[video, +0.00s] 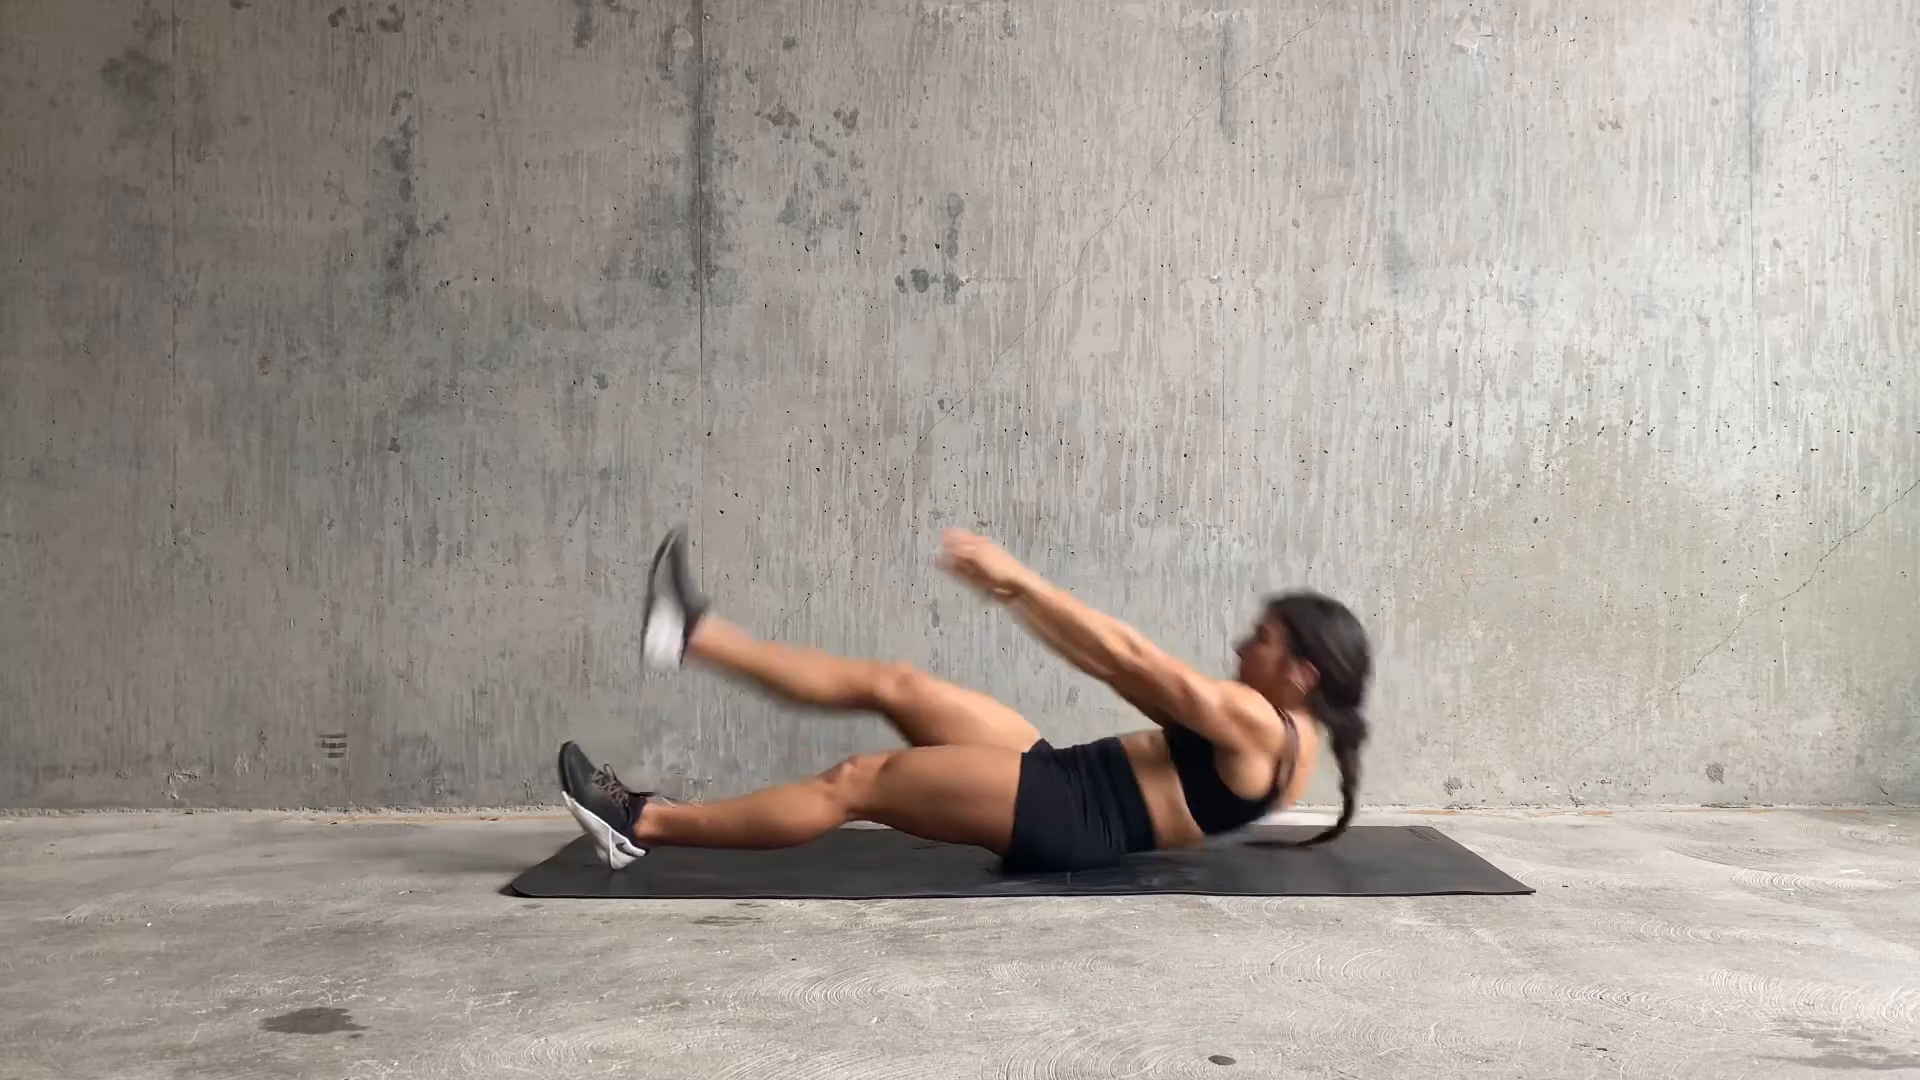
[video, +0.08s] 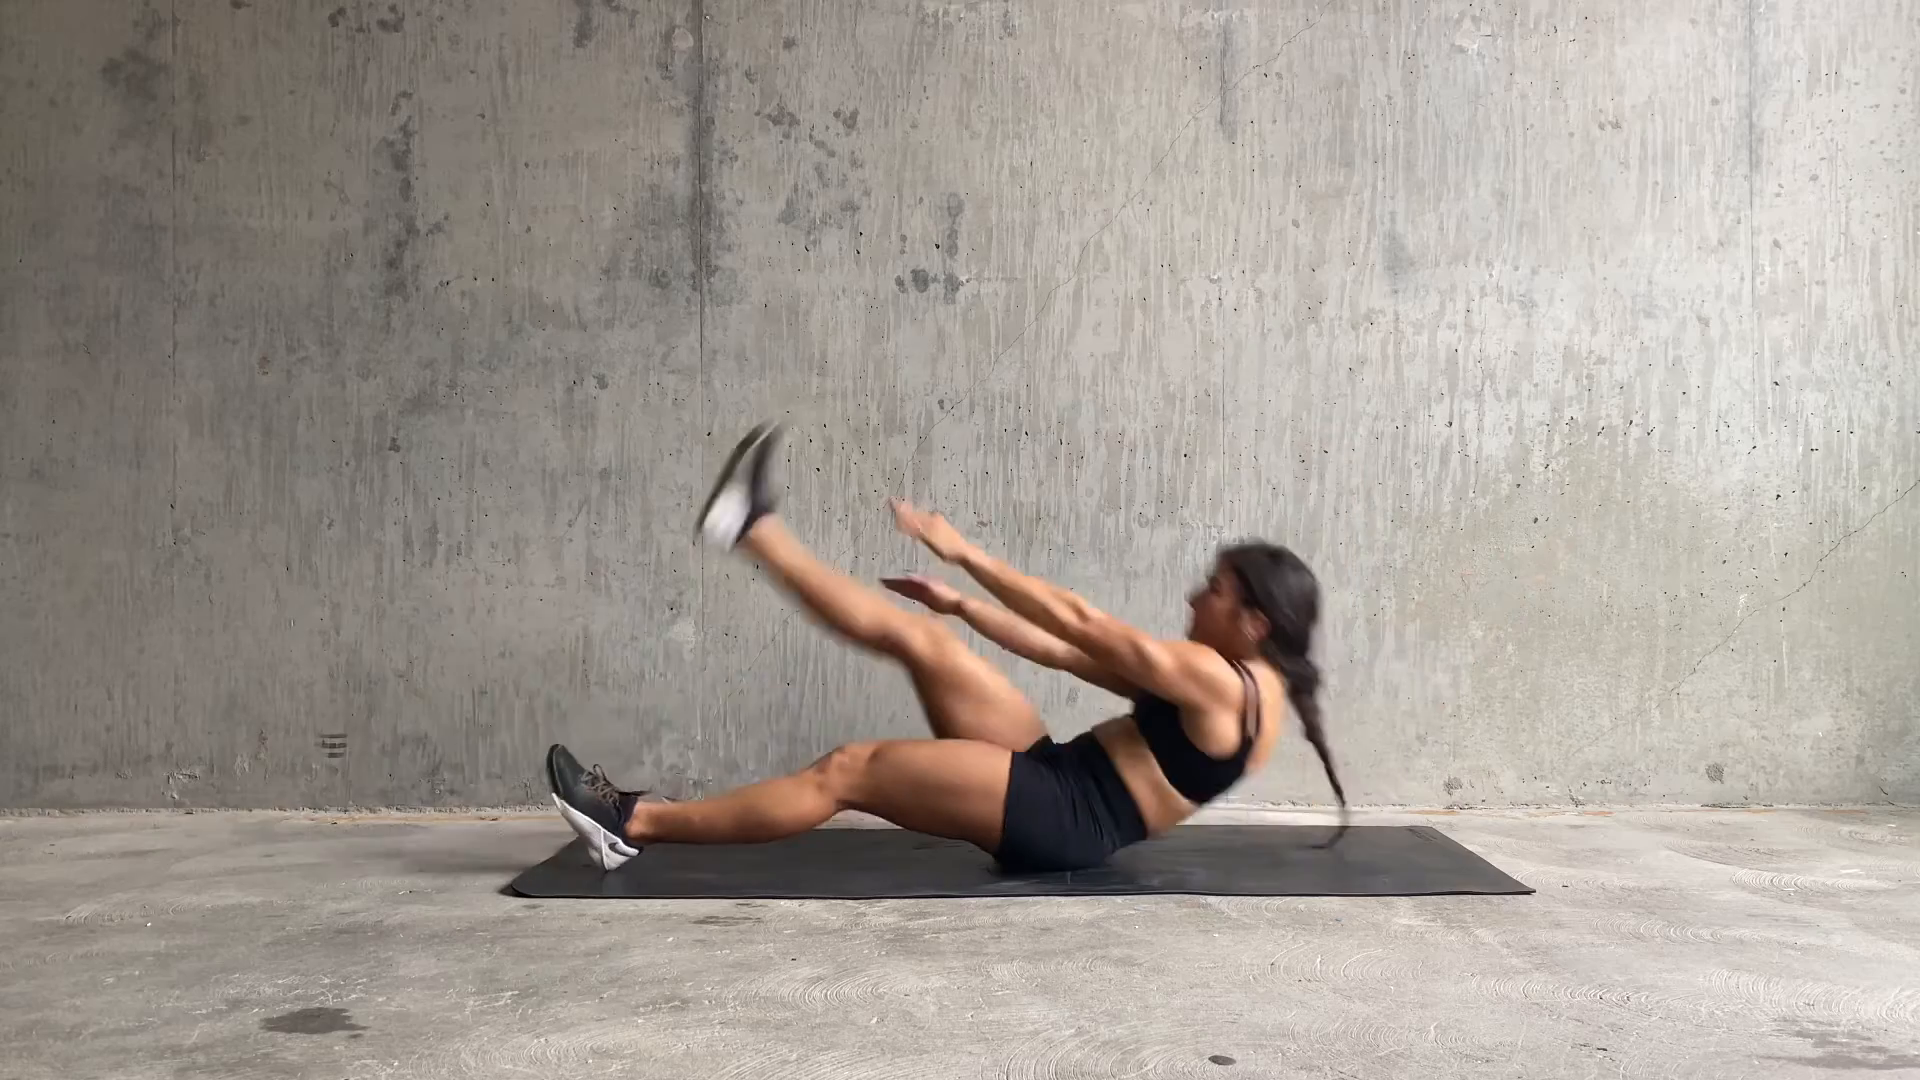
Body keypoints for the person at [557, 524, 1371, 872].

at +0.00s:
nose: (1243, 649)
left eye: (1260, 642)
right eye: (1253, 637)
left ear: (1301, 670)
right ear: (1303, 671)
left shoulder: (1261, 730)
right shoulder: (1272, 733)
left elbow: (1131, 667)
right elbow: (1128, 663)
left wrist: (1011, 581)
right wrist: (1019, 585)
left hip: (1069, 809)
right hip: (1062, 771)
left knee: (856, 786)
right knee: (896, 685)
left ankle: (644, 821)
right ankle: (697, 635)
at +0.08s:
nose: (1197, 599)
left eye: (1214, 592)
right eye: (1206, 588)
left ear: (1251, 621)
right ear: (1251, 621)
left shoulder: (1220, 682)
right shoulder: (1232, 683)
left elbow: (1080, 622)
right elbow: (1076, 656)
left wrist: (962, 547)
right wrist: (965, 604)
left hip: (1065, 811)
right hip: (1060, 773)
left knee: (848, 772)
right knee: (922, 639)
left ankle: (634, 825)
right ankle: (754, 530)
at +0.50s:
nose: (1198, 575)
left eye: (1215, 569)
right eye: (1208, 562)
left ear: (1253, 601)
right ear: (1250, 602)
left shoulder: (1223, 672)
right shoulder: (1205, 658)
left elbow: (1098, 600)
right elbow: (1069, 624)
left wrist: (993, 501)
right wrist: (968, 556)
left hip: (1062, 811)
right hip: (1053, 768)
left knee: (845, 781)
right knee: (912, 636)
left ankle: (632, 826)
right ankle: (750, 540)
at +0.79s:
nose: (1322, 687)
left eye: (1339, 688)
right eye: (1329, 684)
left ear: (1354, 731)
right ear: (1335, 721)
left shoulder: (1313, 797)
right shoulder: (1285, 760)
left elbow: (1333, 651)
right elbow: (1292, 633)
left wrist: (1370, 533)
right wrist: (1342, 527)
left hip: (1080, 812)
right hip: (1075, 779)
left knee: (867, 786)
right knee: (866, 751)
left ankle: (646, 828)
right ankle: (663, 767)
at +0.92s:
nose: (1335, 701)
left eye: (1362, 700)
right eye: (1344, 683)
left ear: (1389, 740)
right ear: (1333, 695)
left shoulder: (1328, 810)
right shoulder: (1306, 779)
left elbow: (1419, 690)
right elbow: (1394, 674)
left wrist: (1502, 595)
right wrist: (1477, 593)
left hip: (1091, 808)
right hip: (1086, 777)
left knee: (872, 789)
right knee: (873, 764)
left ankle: (658, 836)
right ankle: (665, 804)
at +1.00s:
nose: (1336, 698)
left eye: (1356, 702)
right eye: (1350, 691)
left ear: (1373, 750)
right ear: (1344, 728)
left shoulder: (1322, 814)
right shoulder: (1308, 784)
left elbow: (1435, 714)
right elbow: (1428, 712)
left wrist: (1531, 646)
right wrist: (1517, 649)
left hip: (1087, 806)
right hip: (1086, 782)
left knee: (870, 789)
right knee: (871, 776)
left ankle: (652, 842)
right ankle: (666, 809)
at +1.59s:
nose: (1160, 548)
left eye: (1179, 543)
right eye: (1172, 537)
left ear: (1216, 578)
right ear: (1208, 573)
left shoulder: (1192, 654)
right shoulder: (1163, 625)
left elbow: (1044, 619)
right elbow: (1040, 573)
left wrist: (922, 569)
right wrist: (946, 495)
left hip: (1069, 813)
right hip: (1046, 794)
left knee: (956, 612)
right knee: (844, 770)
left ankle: (830, 451)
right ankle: (646, 808)